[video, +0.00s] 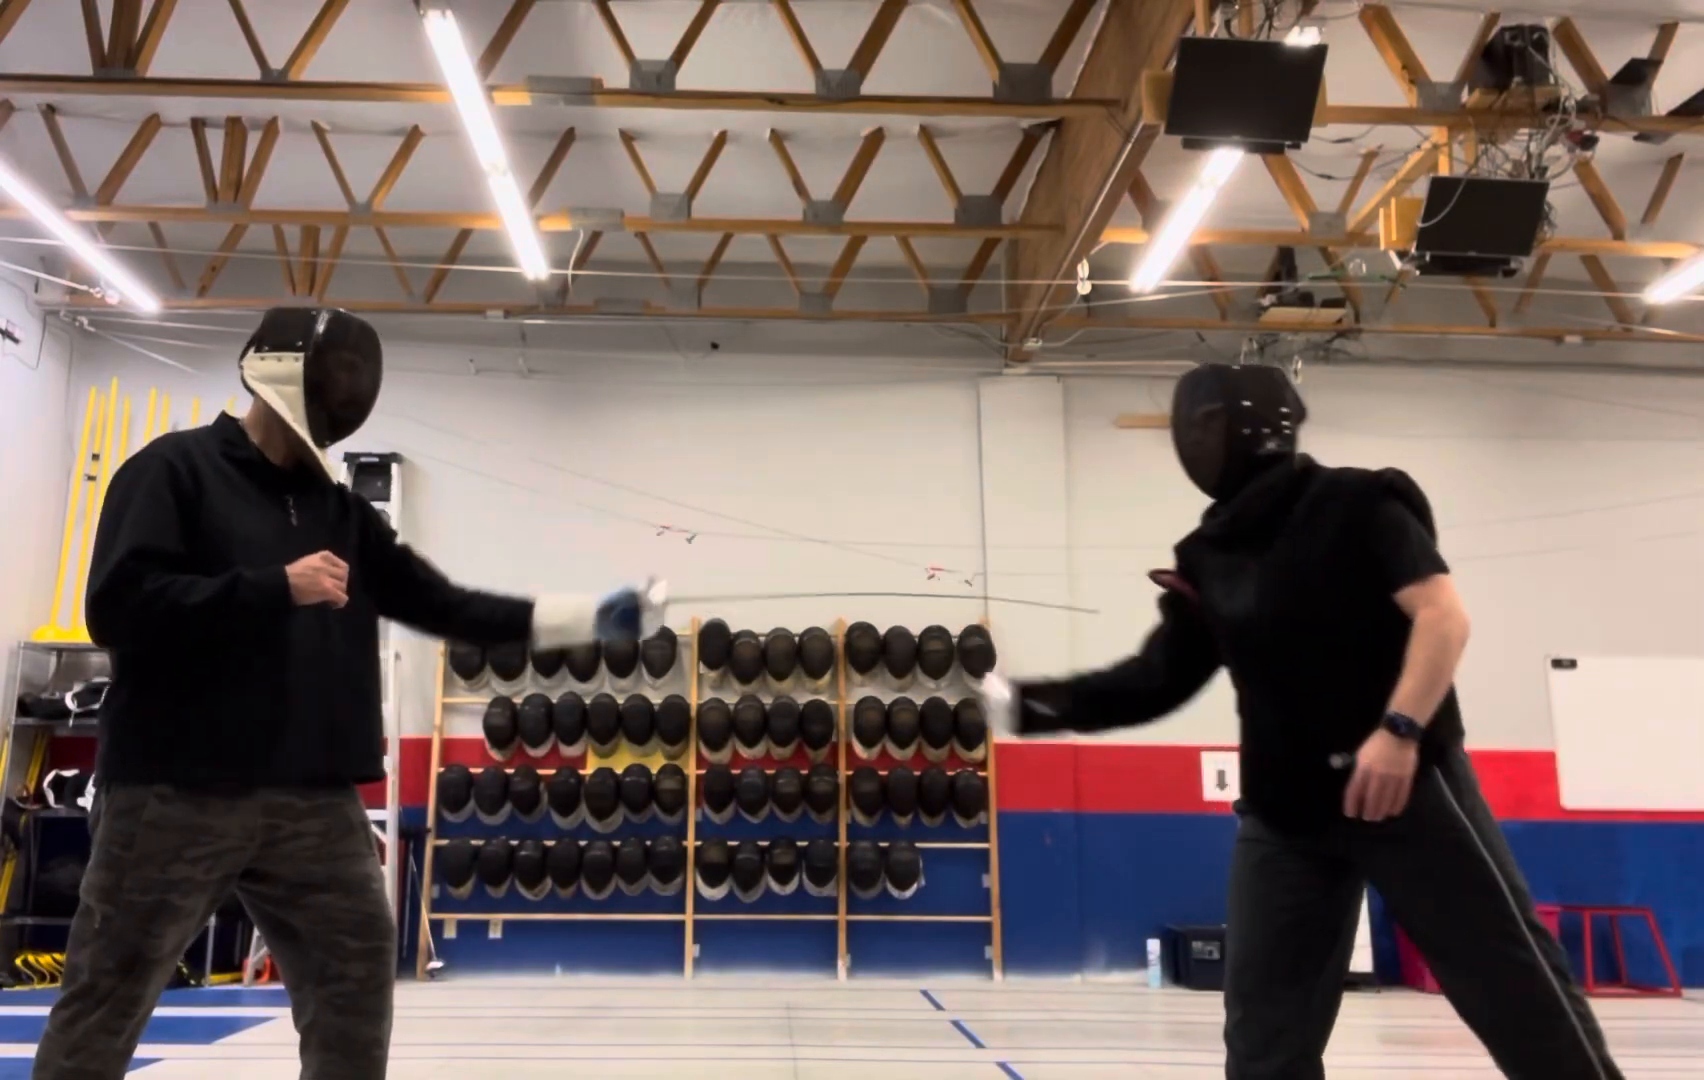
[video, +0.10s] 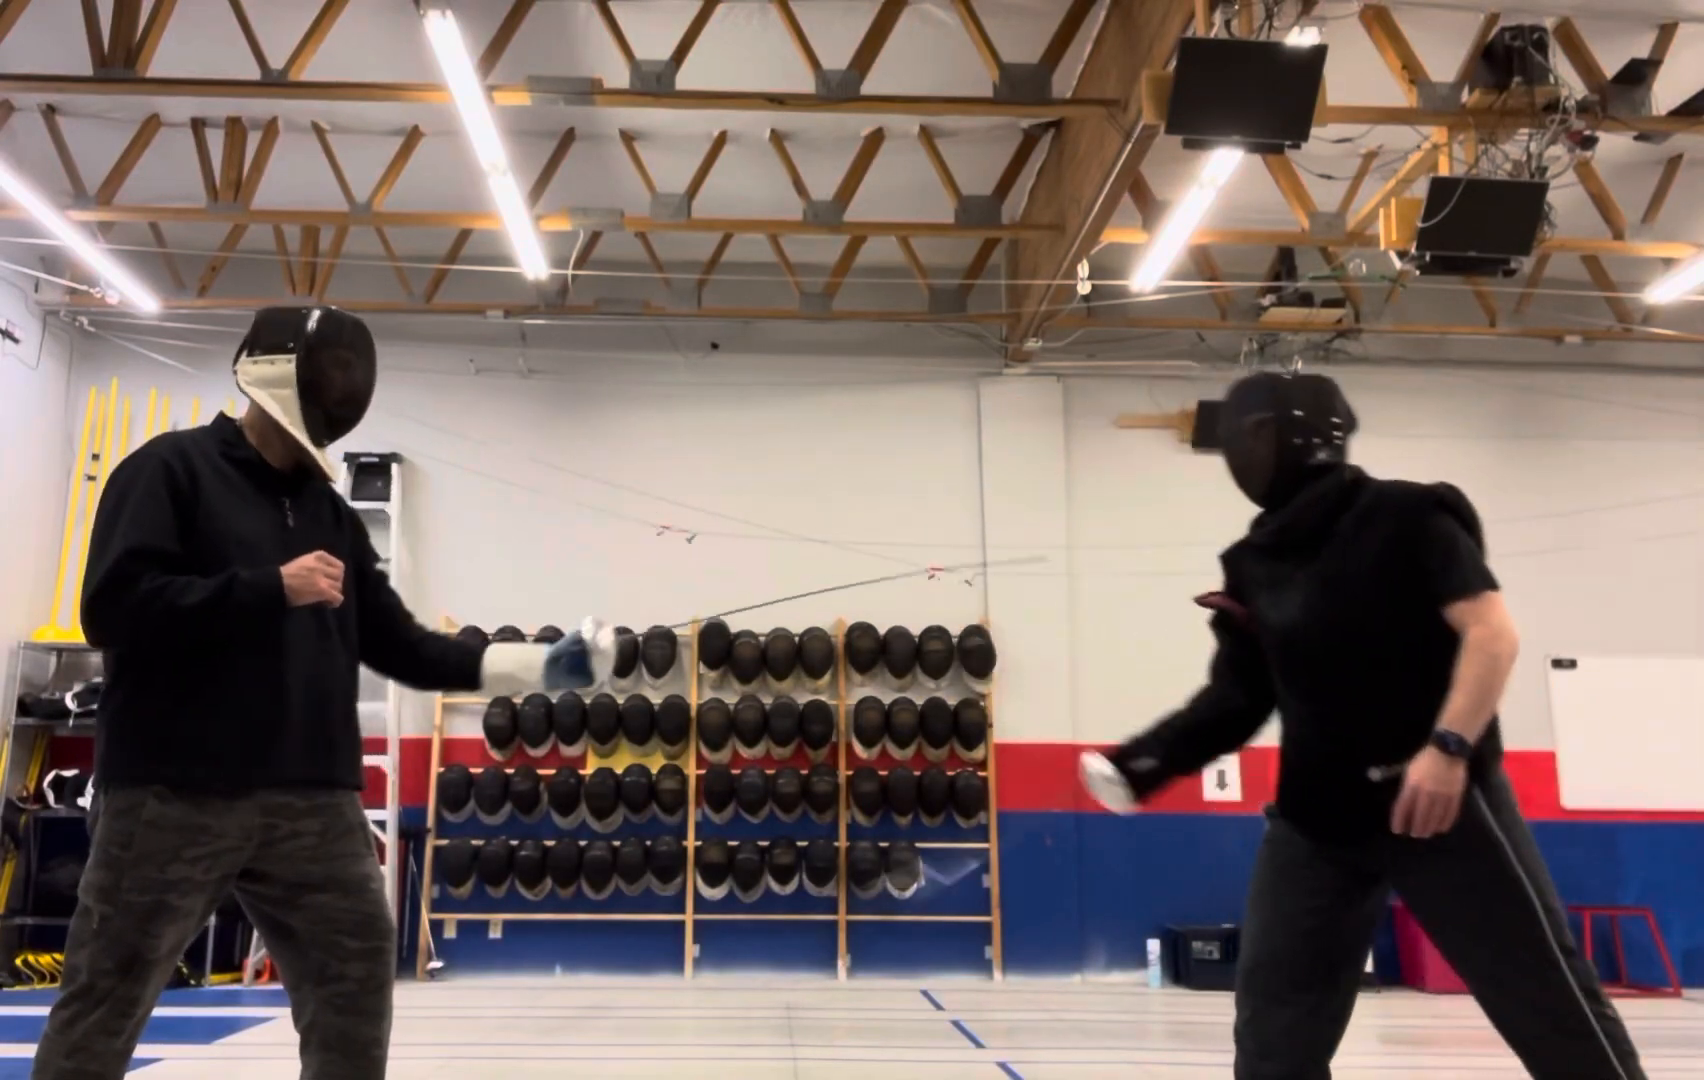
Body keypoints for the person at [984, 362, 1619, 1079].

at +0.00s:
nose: (1182, 448)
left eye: (1191, 428)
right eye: (1181, 432)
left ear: (1234, 424)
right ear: (1260, 423)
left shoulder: (1360, 504)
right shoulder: (1210, 561)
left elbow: (1443, 619)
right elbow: (1158, 677)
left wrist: (1402, 730)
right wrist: (1037, 702)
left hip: (1408, 793)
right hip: (1288, 815)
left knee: (1517, 990)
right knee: (1267, 1039)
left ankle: (1590, 1079)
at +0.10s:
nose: (1237, 459)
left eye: (1248, 438)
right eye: (1234, 442)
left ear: (1297, 437)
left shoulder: (1410, 519)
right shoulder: (1255, 565)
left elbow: (1492, 635)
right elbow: (1238, 697)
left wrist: (1449, 748)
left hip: (1442, 800)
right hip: (1320, 816)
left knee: (1549, 1002)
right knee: (1275, 1037)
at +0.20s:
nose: (1297, 470)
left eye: (1306, 450)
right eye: (1294, 453)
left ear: (1342, 450)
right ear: (1380, 448)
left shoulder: (1472, 529)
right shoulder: (1313, 576)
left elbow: (1552, 649)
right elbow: (1299, 706)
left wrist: (1505, 764)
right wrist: (1216, 783)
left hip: (1494, 816)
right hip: (1368, 828)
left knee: (1588, 1030)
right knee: (1302, 1043)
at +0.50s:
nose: (1408, 459)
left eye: (1418, 438)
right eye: (1405, 444)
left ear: (1462, 432)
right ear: (1493, 432)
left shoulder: (1596, 513)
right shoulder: (1428, 561)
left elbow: (1668, 631)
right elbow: (1373, 676)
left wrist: (1656, 764)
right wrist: (1250, 676)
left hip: (1606, 804)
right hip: (1480, 817)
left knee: (1654, 1021)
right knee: (1445, 1008)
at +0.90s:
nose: (1439, 455)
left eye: (1453, 433)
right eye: (1431, 440)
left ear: (1503, 427)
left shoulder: (1626, 510)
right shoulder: (1443, 562)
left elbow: (1697, 626)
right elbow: (1352, 642)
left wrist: (1699, 754)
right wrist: (1232, 633)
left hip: (1649, 809)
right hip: (1518, 824)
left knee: (1670, 1041)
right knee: (1507, 1032)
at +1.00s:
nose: (1430, 455)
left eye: (1445, 434)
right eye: (1422, 440)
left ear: (1499, 429)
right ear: (1420, 449)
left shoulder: (1616, 513)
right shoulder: (1433, 563)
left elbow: (1692, 623)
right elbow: (1332, 627)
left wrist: (1694, 753)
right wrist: (1204, 619)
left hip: (1645, 810)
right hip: (1511, 824)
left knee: (1670, 1034)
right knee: (1497, 1013)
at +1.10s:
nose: (1417, 456)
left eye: (1431, 436)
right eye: (1411, 441)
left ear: (1483, 431)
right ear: (1415, 452)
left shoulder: (1603, 515)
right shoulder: (1424, 563)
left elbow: (1685, 626)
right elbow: (1317, 622)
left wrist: (1685, 754)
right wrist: (1191, 618)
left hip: (1626, 804)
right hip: (1496, 816)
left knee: (1666, 1011)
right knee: (1459, 985)